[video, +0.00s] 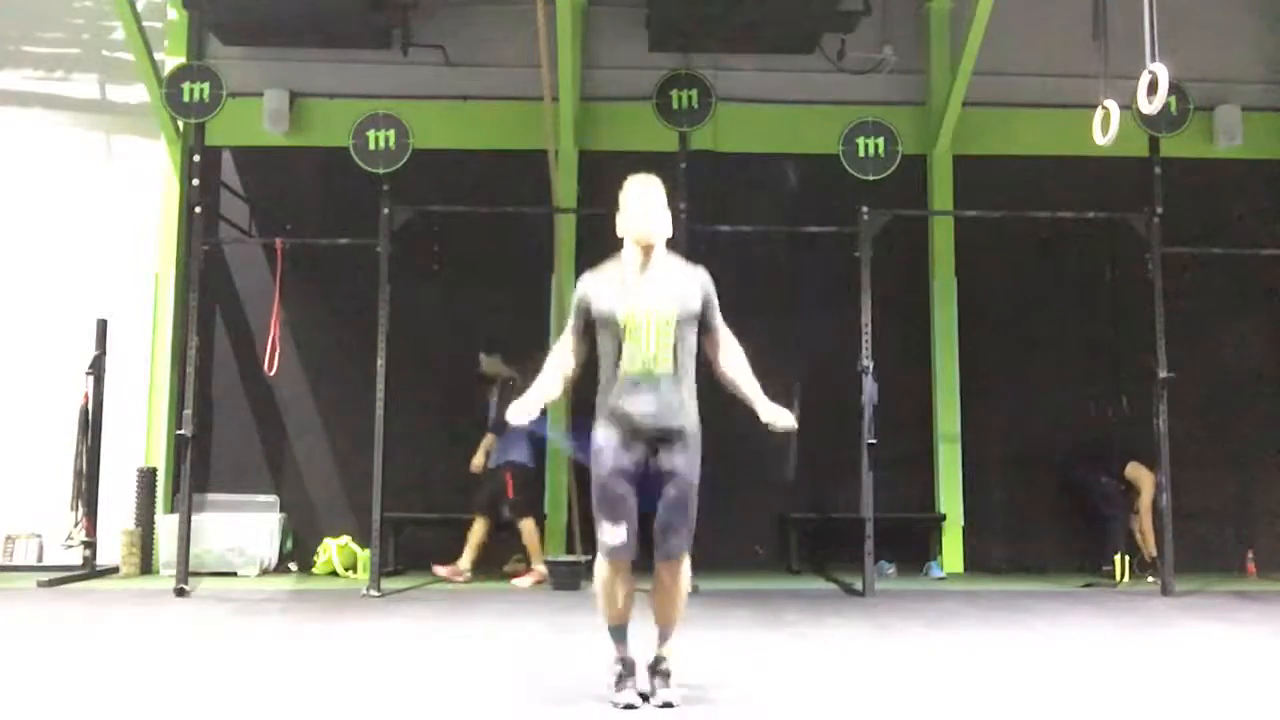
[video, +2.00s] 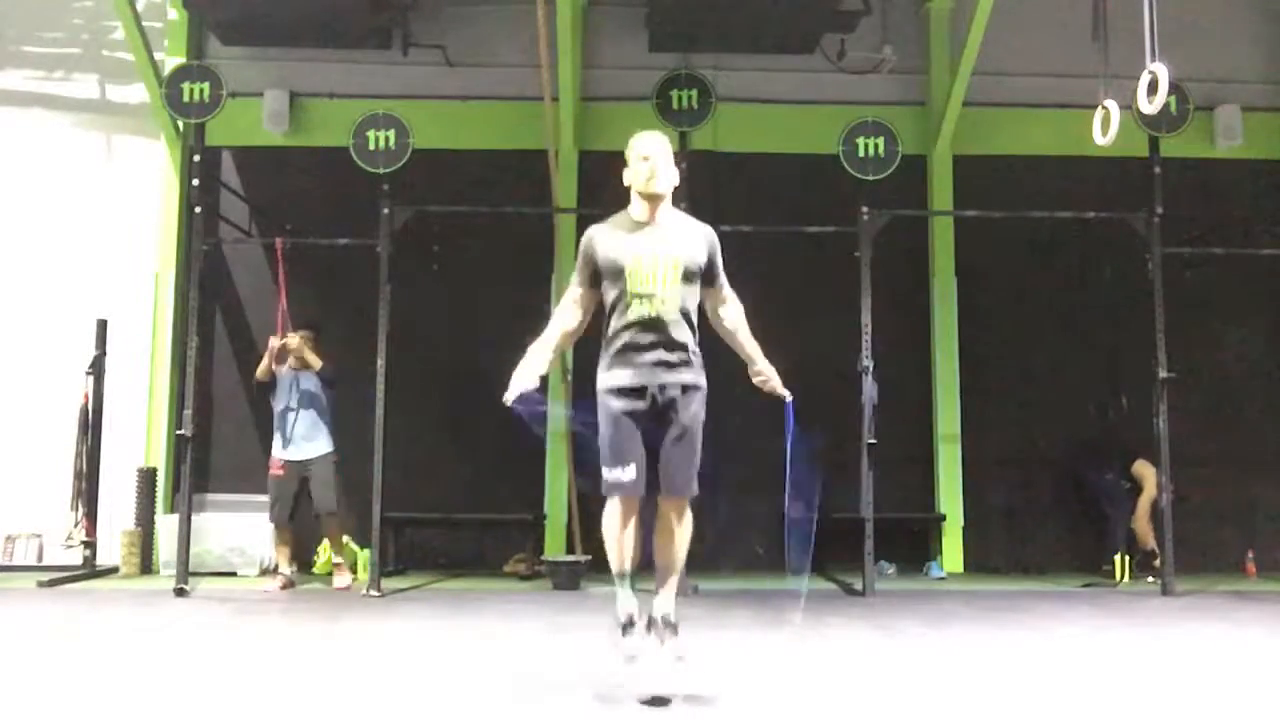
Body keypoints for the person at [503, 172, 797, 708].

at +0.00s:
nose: (649, 219)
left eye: (657, 209)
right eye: (639, 210)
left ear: (669, 217)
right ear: (621, 218)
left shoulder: (694, 281)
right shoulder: (594, 286)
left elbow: (725, 353)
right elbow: (567, 355)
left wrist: (763, 405)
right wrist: (534, 399)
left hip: (678, 433)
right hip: (616, 433)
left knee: (672, 551)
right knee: (615, 548)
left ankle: (661, 660)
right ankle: (620, 658)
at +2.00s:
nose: (652, 167)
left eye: (660, 159)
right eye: (642, 160)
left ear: (676, 171)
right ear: (626, 173)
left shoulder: (701, 237)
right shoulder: (600, 238)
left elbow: (723, 306)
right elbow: (575, 309)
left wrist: (758, 363)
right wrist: (536, 358)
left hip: (683, 379)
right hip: (621, 379)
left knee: (677, 497)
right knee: (625, 492)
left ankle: (665, 608)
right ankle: (624, 602)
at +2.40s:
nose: (654, 162)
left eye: (662, 154)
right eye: (645, 154)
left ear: (678, 167)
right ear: (629, 168)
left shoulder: (705, 231)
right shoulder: (604, 234)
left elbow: (734, 300)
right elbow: (572, 305)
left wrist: (778, 353)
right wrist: (525, 350)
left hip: (688, 373)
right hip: (626, 373)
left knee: (682, 489)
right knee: (627, 482)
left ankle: (670, 598)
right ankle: (625, 596)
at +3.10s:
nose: (663, 166)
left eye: (671, 158)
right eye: (653, 158)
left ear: (686, 170)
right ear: (636, 171)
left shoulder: (711, 235)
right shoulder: (610, 237)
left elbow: (733, 305)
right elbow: (586, 306)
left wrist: (764, 362)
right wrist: (559, 360)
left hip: (693, 376)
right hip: (632, 377)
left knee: (686, 490)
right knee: (635, 484)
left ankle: (673, 601)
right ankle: (635, 600)